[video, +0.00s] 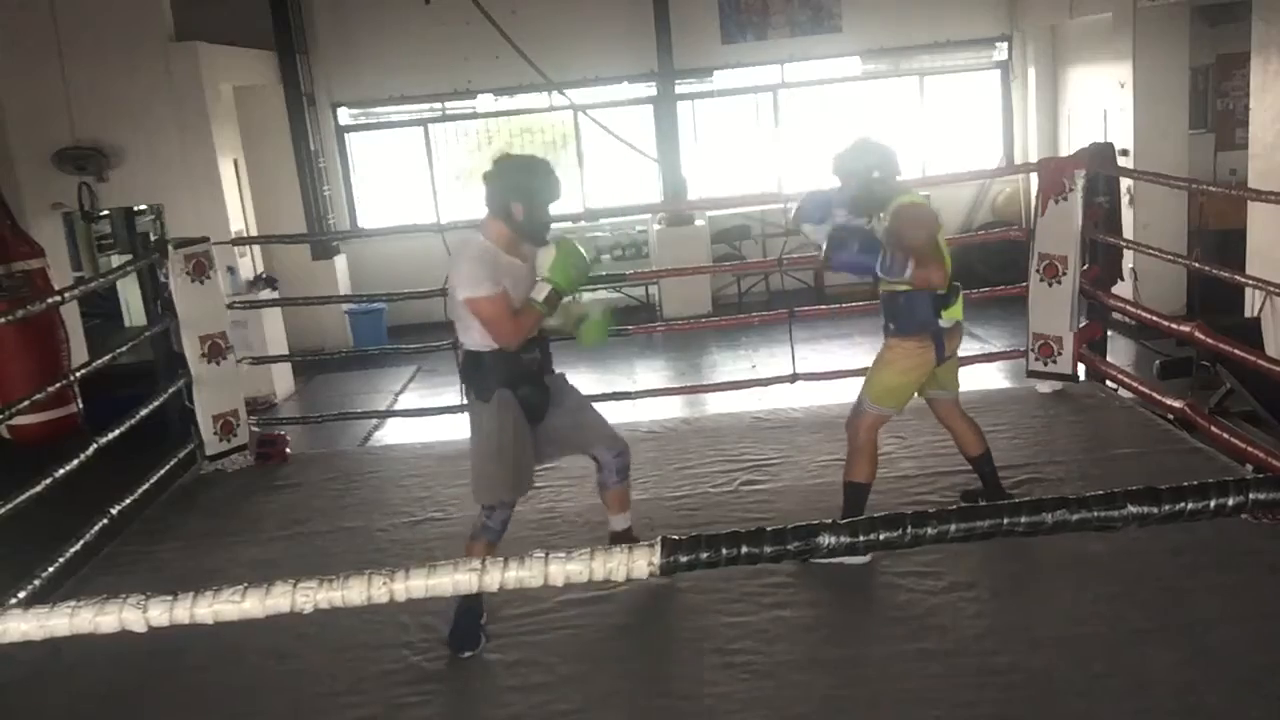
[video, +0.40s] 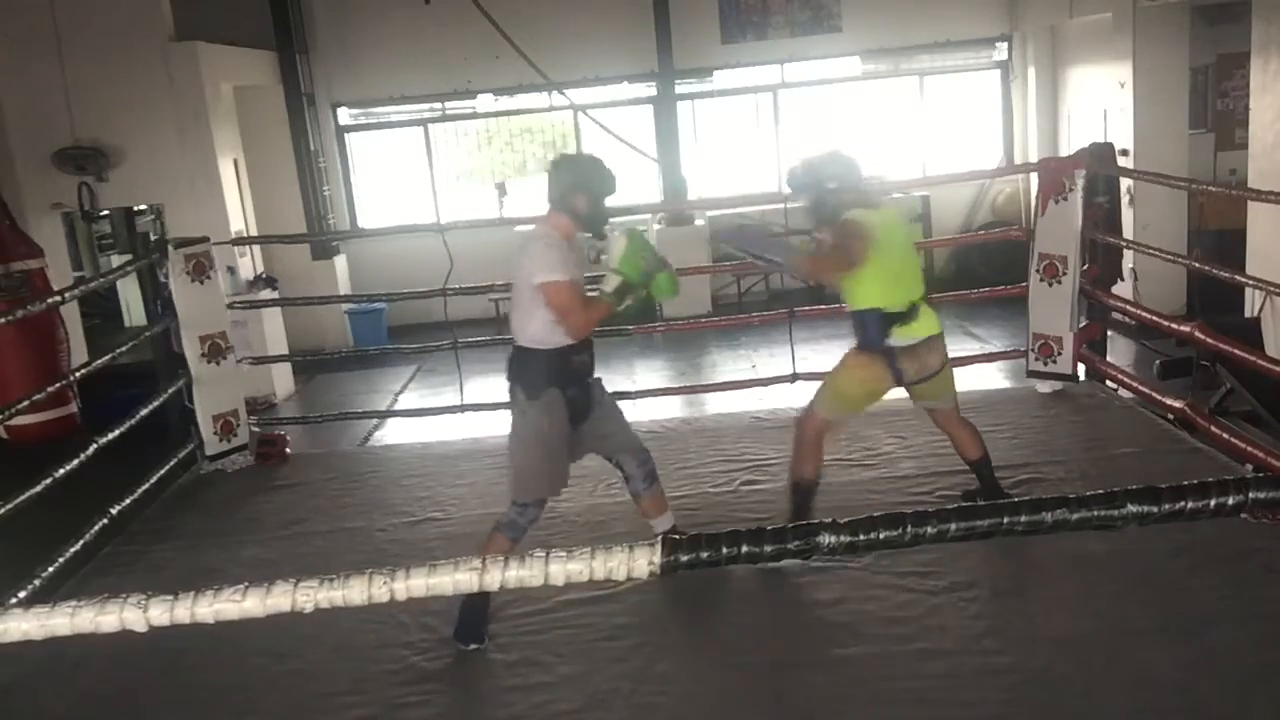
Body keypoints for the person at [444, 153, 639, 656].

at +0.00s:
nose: (549, 215)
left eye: (551, 204)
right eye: (542, 204)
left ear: (519, 204)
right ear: (512, 204)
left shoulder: (527, 252)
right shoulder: (473, 261)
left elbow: (528, 321)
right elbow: (509, 335)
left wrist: (576, 323)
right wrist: (556, 290)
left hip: (541, 383)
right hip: (496, 396)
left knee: (613, 452)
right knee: (497, 512)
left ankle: (623, 545)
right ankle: (469, 603)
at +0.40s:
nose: (601, 207)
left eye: (602, 199)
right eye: (597, 198)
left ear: (572, 197)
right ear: (575, 196)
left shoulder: (567, 245)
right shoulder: (544, 245)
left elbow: (576, 316)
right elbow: (578, 323)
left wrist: (626, 293)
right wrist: (624, 287)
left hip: (577, 381)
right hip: (541, 386)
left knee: (636, 460)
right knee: (526, 506)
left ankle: (673, 548)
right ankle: (474, 594)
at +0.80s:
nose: (544, 227)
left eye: (543, 219)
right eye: (538, 219)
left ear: (497, 219)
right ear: (517, 220)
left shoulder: (500, 261)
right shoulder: (501, 267)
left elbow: (510, 332)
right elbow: (579, 302)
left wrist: (561, 361)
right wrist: (571, 251)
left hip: (548, 390)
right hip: (520, 399)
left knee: (620, 471)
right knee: (514, 521)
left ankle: (671, 546)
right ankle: (457, 595)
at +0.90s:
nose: (542, 227)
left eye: (541, 218)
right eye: (535, 219)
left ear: (497, 218)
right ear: (512, 219)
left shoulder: (501, 268)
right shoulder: (487, 273)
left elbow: (536, 323)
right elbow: (554, 321)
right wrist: (563, 266)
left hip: (536, 389)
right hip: (507, 398)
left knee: (609, 471)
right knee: (508, 520)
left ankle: (664, 547)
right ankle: (454, 597)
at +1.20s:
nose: (573, 209)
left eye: (573, 197)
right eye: (566, 199)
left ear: (535, 202)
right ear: (538, 202)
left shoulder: (549, 254)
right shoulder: (494, 262)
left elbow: (548, 321)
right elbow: (521, 339)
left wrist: (586, 330)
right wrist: (571, 306)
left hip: (546, 385)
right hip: (503, 393)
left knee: (601, 471)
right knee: (494, 503)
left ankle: (655, 556)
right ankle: (449, 595)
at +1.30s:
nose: (610, 216)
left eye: (611, 206)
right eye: (602, 206)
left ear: (580, 207)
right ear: (574, 206)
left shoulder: (587, 259)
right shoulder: (532, 261)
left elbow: (592, 319)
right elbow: (552, 339)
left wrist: (639, 323)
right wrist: (603, 306)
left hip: (568, 388)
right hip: (523, 394)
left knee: (631, 467)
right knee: (502, 509)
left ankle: (671, 556)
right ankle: (448, 588)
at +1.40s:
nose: (630, 218)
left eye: (632, 209)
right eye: (626, 208)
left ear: (596, 207)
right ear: (597, 205)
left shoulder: (604, 256)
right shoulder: (549, 254)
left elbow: (607, 322)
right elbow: (572, 335)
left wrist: (660, 318)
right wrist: (626, 303)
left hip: (582, 381)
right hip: (536, 386)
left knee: (648, 468)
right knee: (521, 506)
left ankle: (675, 563)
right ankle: (458, 588)